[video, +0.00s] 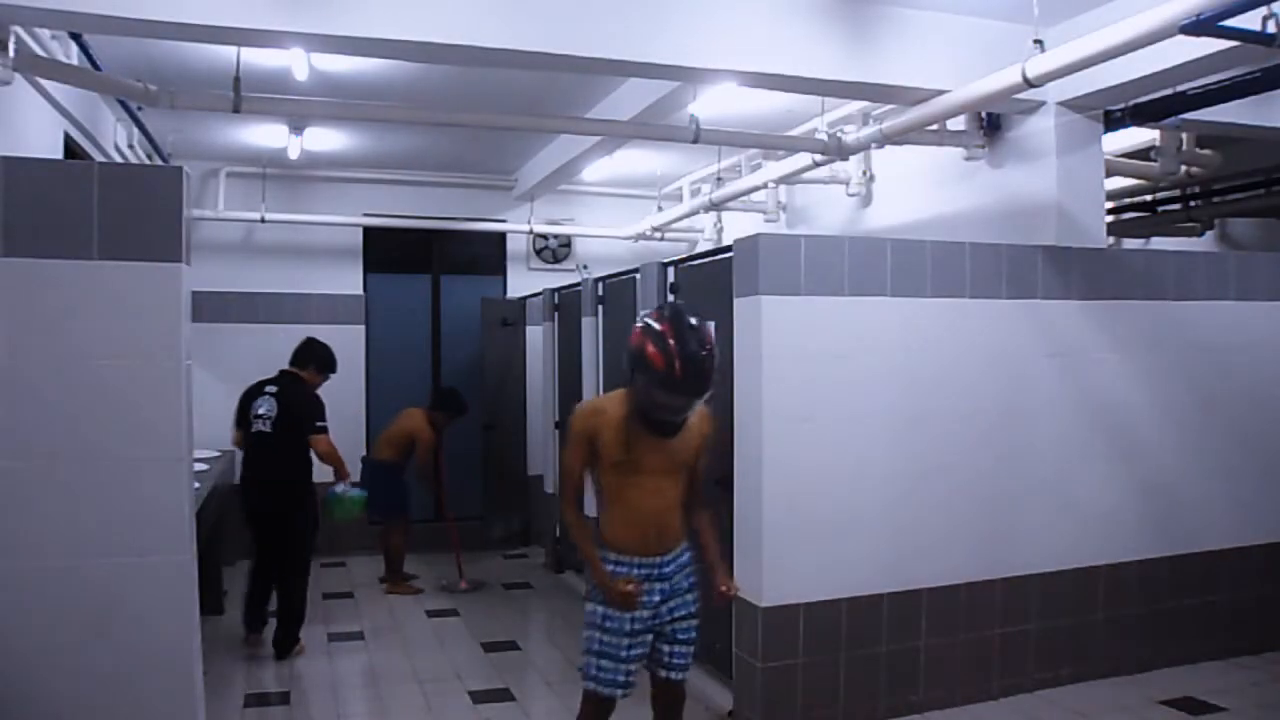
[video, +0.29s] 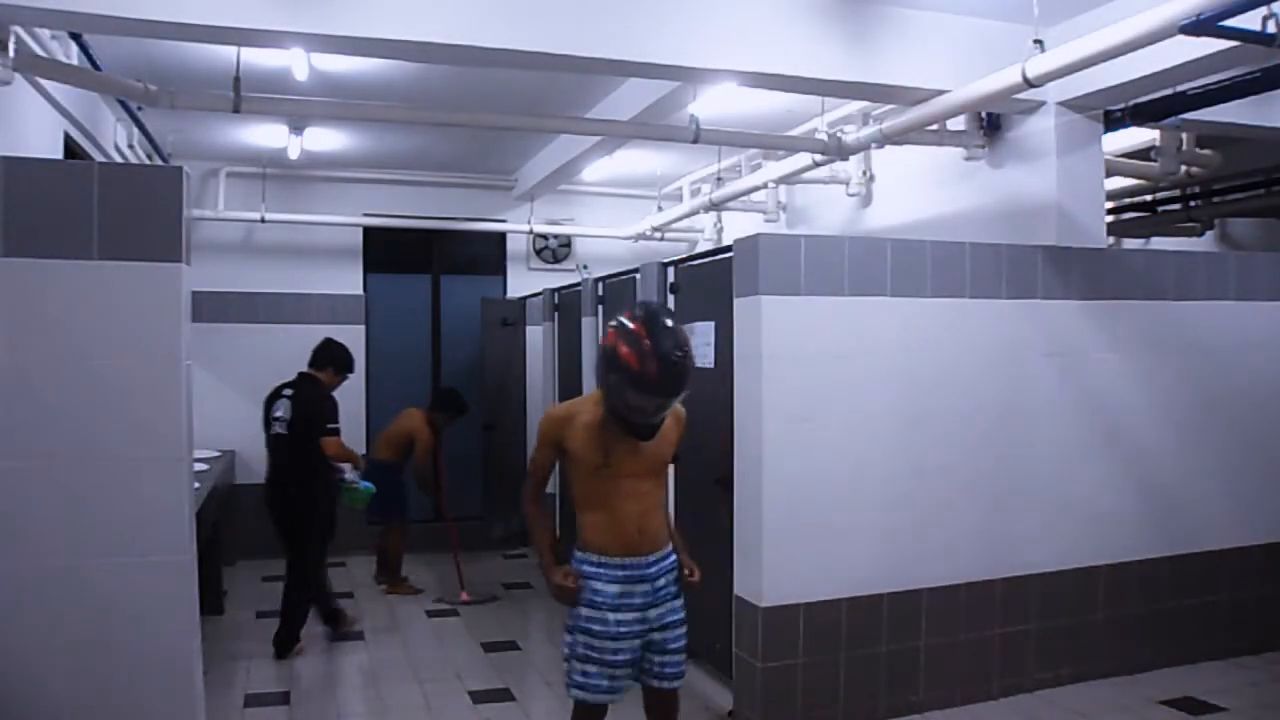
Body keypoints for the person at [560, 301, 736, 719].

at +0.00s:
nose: (674, 417)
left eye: (684, 408)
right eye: (663, 407)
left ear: (699, 392)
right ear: (637, 381)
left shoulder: (699, 423)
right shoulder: (592, 419)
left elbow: (698, 502)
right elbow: (570, 506)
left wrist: (716, 564)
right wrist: (602, 578)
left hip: (678, 575)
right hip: (617, 577)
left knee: (672, 694)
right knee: (601, 700)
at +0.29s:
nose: (649, 420)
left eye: (659, 408)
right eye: (637, 409)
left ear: (671, 391)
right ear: (610, 384)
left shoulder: (673, 419)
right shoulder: (562, 423)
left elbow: (657, 496)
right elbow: (533, 496)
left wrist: (679, 551)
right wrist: (550, 566)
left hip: (663, 580)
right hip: (602, 585)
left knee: (665, 704)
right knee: (591, 709)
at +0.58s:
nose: (603, 410)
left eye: (615, 399)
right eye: (592, 399)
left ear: (639, 379)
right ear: (573, 380)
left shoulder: (670, 421)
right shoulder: (554, 420)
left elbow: (678, 499)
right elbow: (548, 494)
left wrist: (687, 566)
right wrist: (536, 556)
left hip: (639, 578)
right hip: (570, 575)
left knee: (645, 704)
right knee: (574, 702)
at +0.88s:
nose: (615, 412)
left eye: (626, 401)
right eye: (603, 402)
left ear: (643, 382)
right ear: (579, 380)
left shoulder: (660, 421)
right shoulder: (544, 423)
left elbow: (664, 505)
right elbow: (526, 509)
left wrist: (683, 571)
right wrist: (540, 577)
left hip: (641, 585)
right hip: (572, 587)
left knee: (655, 702)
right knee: (572, 708)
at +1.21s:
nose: (647, 417)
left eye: (654, 407)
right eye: (639, 407)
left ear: (660, 393)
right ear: (610, 385)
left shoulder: (649, 417)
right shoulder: (554, 422)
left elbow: (636, 493)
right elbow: (508, 490)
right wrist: (533, 566)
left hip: (658, 573)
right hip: (597, 582)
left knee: (659, 699)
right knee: (594, 706)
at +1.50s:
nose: (623, 413)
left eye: (636, 401)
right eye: (611, 401)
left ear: (654, 383)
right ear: (588, 380)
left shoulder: (671, 420)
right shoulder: (554, 420)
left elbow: (665, 489)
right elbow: (535, 491)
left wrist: (688, 552)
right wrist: (540, 561)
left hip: (648, 575)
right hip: (580, 576)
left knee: (651, 698)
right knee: (579, 701)